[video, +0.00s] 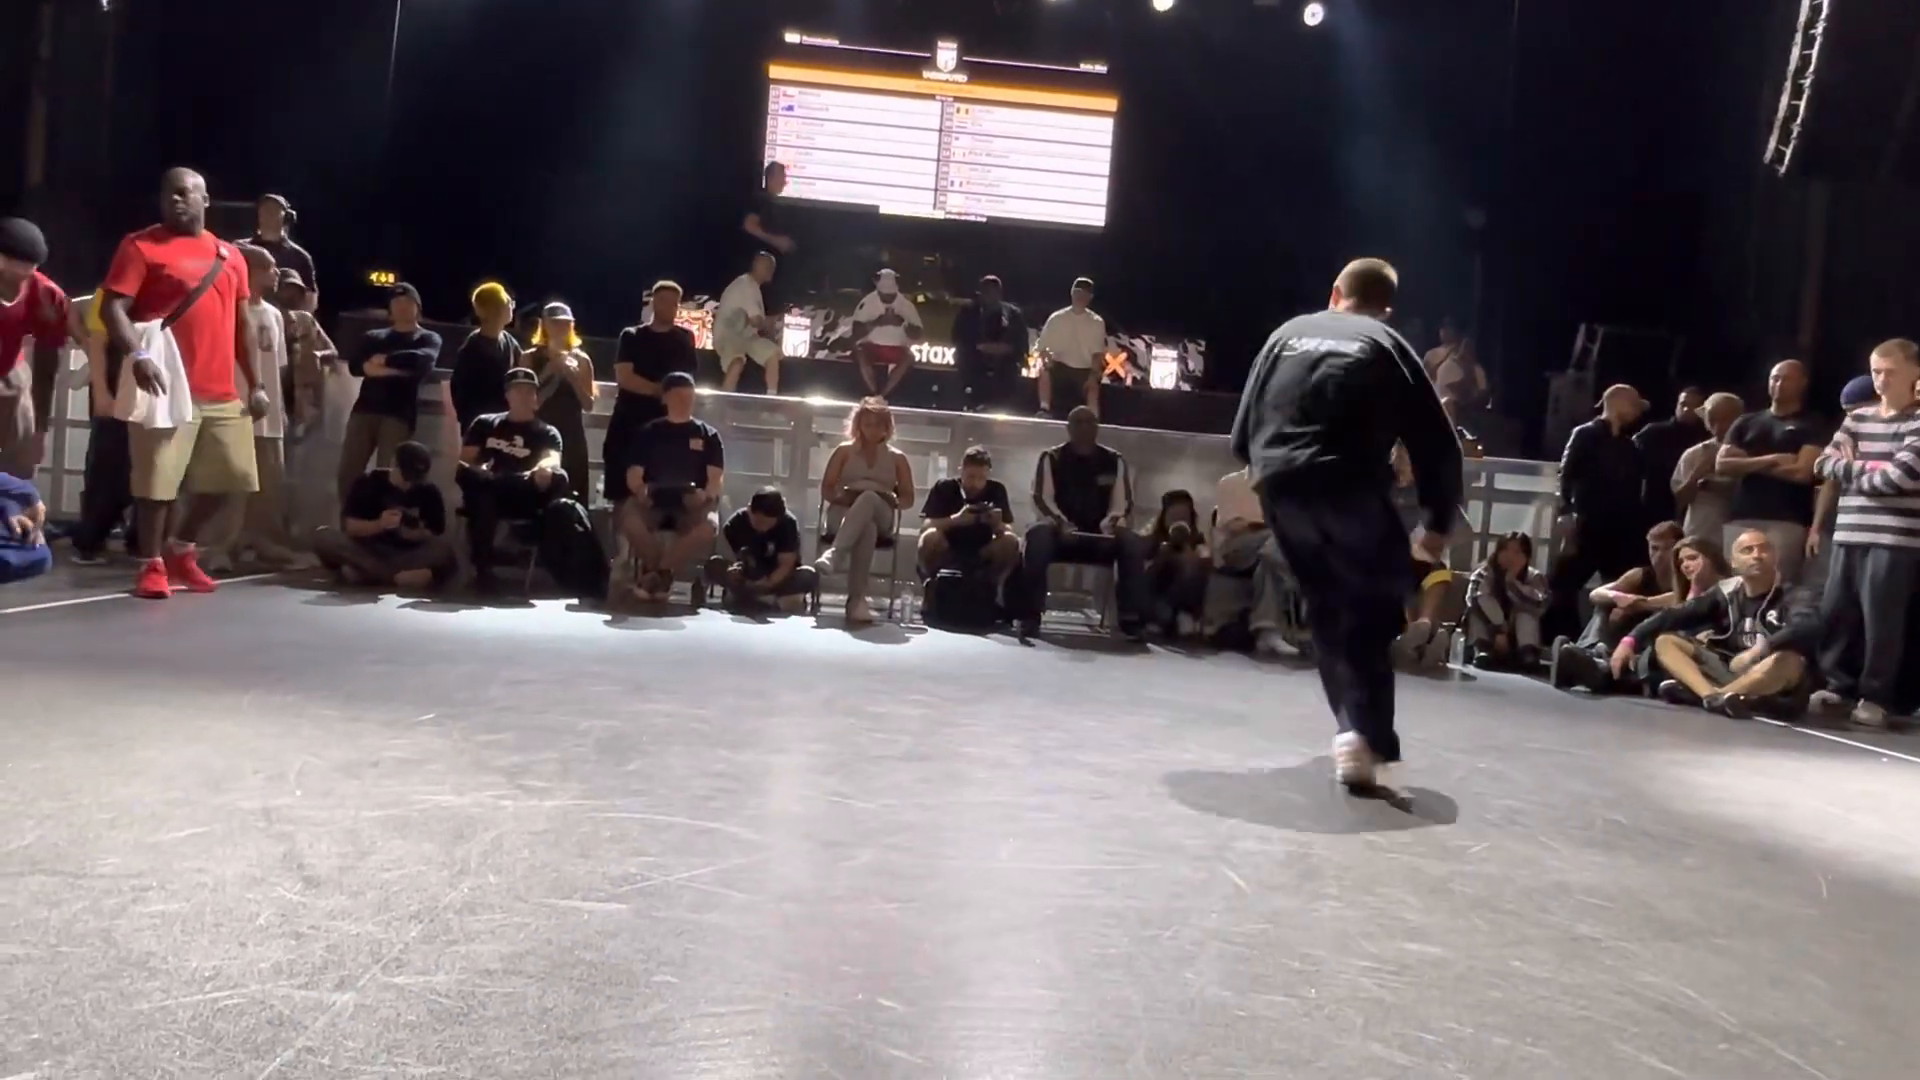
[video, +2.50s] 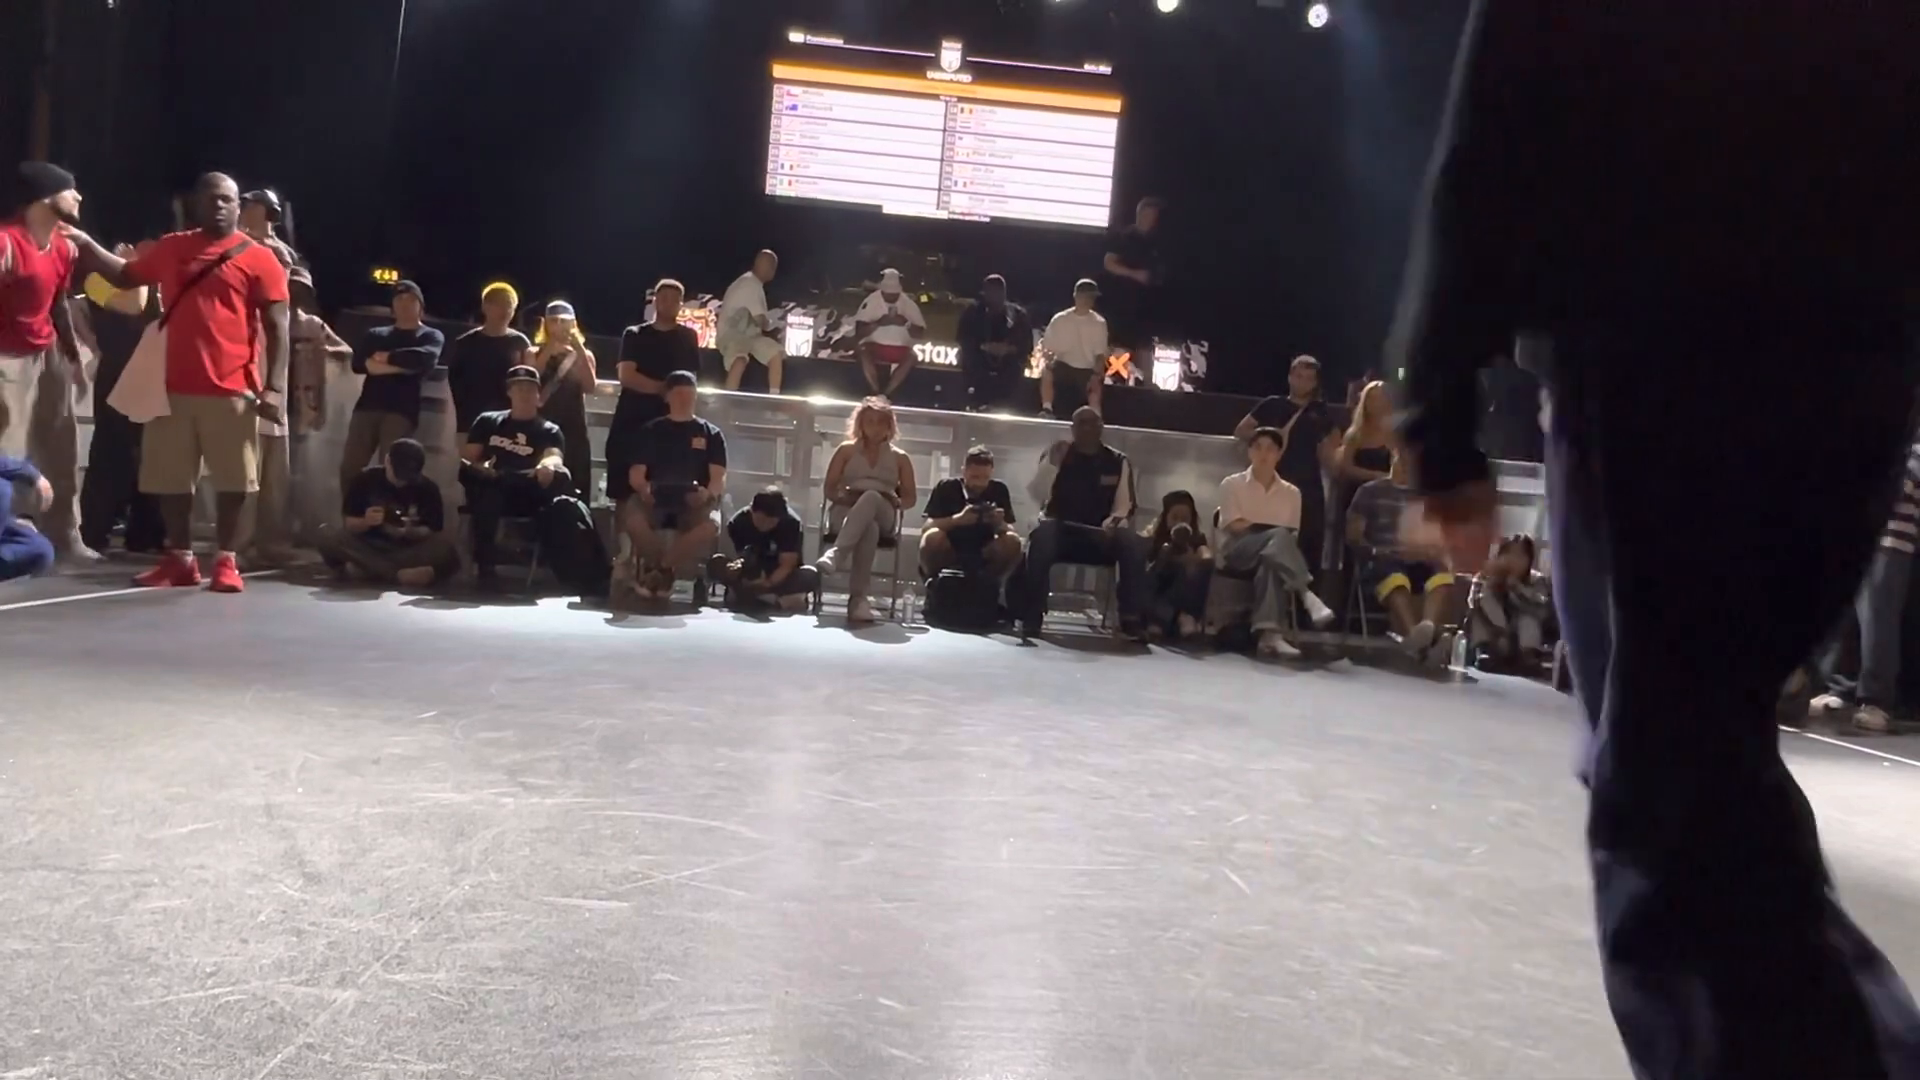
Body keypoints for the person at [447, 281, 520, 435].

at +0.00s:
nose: (513, 305)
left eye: (510, 301)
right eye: (508, 301)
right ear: (492, 310)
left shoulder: (510, 343)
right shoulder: (470, 349)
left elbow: (516, 381)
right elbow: (458, 385)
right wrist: (467, 420)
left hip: (505, 420)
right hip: (476, 423)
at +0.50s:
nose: (514, 302)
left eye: (512, 298)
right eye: (509, 299)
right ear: (495, 307)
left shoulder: (513, 341)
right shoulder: (474, 345)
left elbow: (518, 379)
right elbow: (461, 382)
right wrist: (470, 416)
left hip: (507, 417)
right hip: (479, 419)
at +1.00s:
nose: (512, 302)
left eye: (510, 298)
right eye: (507, 299)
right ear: (493, 307)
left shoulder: (511, 340)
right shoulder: (472, 345)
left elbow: (517, 377)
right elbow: (458, 382)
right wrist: (468, 415)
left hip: (505, 415)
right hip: (476, 418)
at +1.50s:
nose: (512, 302)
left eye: (509, 298)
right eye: (507, 299)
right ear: (493, 307)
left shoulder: (509, 340)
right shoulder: (469, 347)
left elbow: (518, 377)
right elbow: (457, 385)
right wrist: (467, 419)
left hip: (505, 417)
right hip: (475, 421)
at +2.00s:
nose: (511, 308)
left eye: (511, 302)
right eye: (505, 303)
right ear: (486, 308)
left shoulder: (514, 341)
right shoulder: (466, 344)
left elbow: (523, 378)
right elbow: (452, 382)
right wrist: (465, 416)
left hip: (507, 417)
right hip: (473, 418)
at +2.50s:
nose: (505, 312)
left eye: (509, 306)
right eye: (499, 305)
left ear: (514, 310)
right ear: (485, 307)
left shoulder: (520, 343)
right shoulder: (463, 343)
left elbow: (526, 380)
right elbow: (454, 379)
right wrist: (464, 413)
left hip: (508, 421)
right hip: (470, 420)